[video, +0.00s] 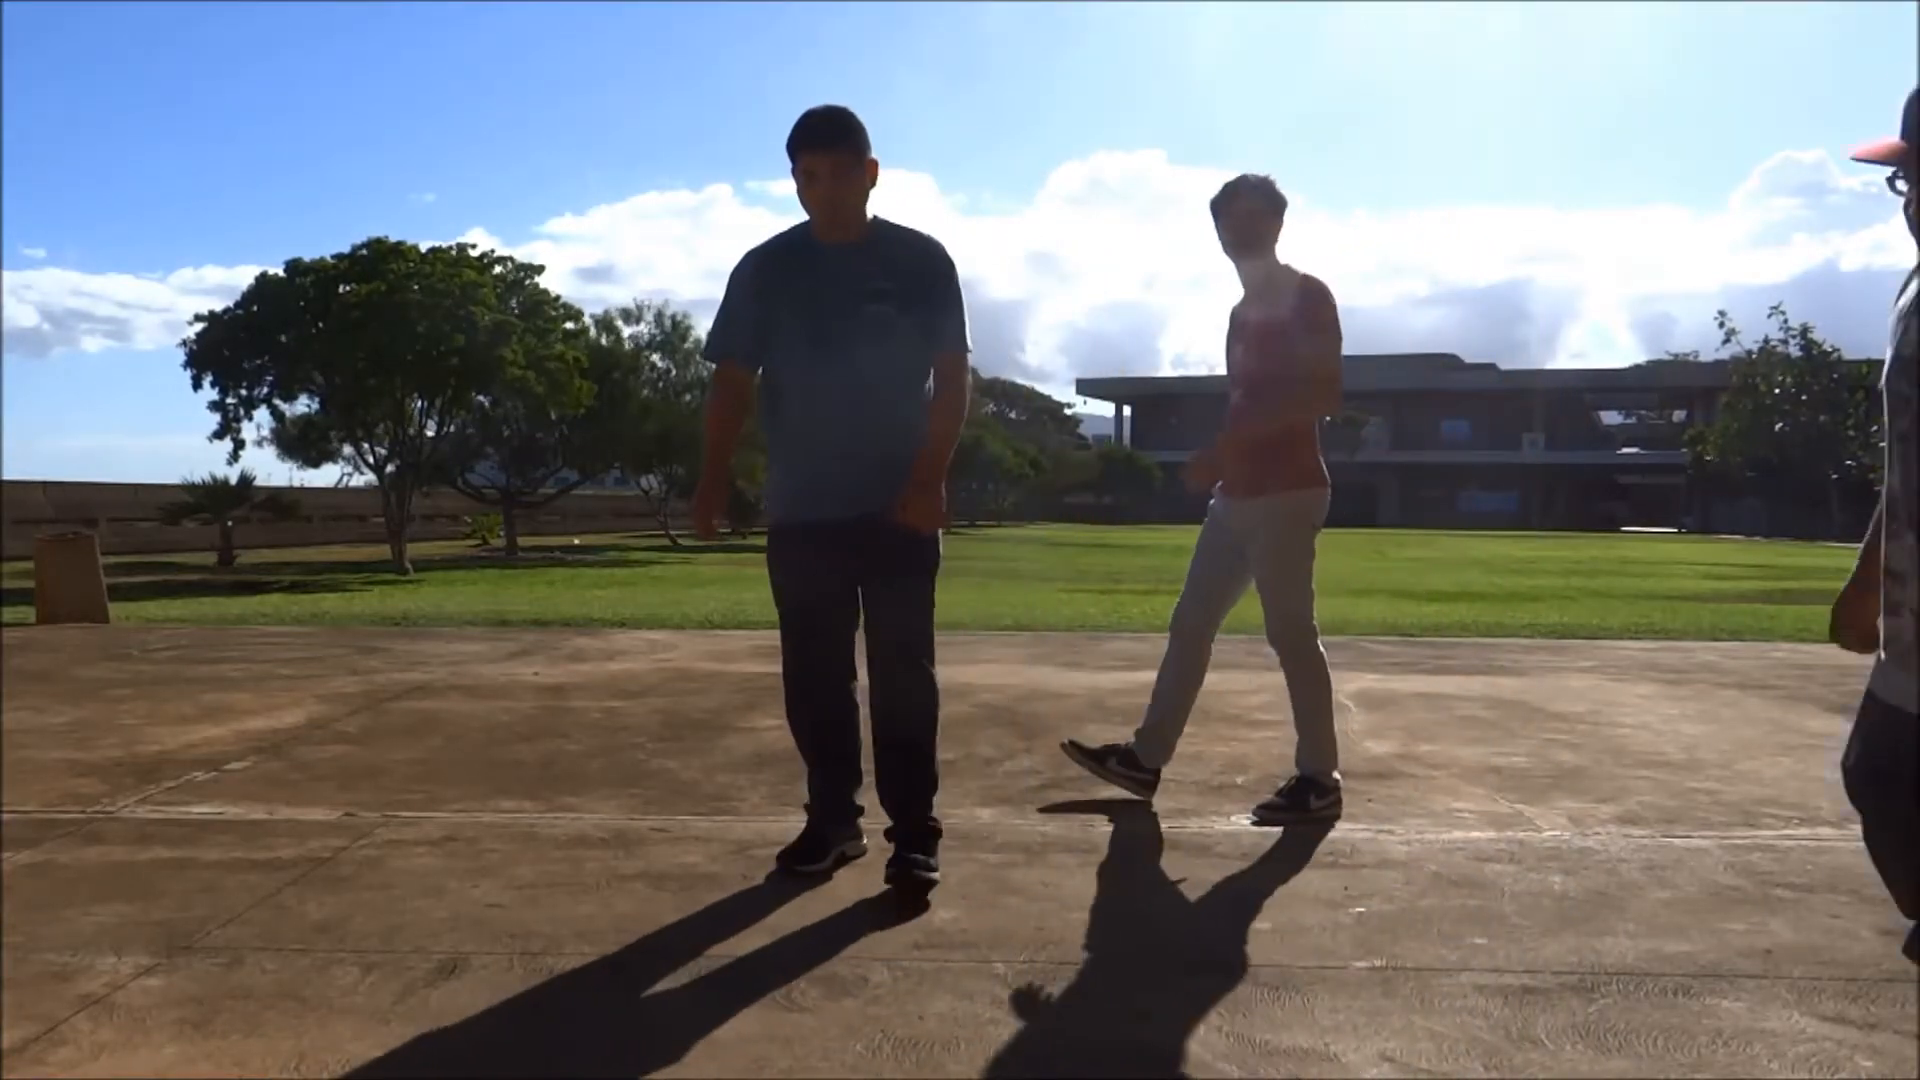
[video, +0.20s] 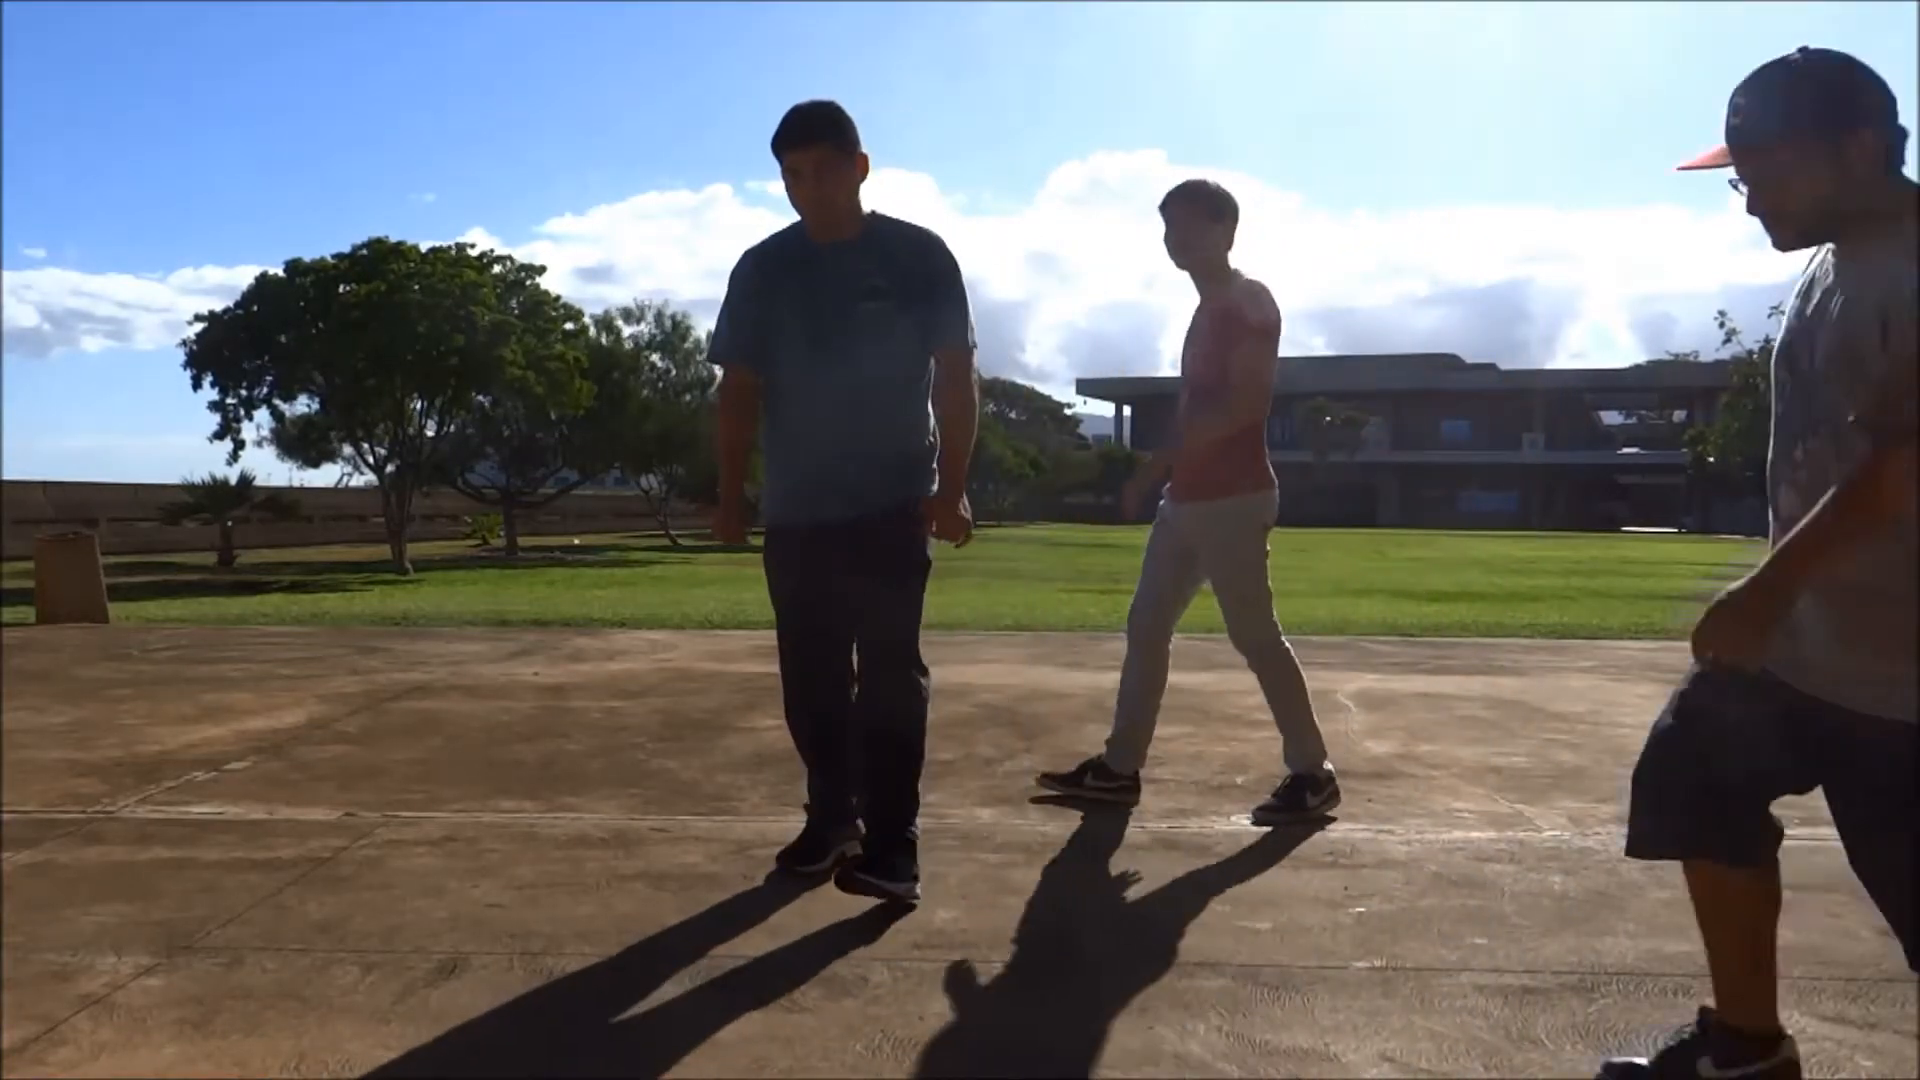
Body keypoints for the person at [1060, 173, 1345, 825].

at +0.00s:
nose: (1230, 232)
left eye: (1242, 218)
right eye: (1223, 222)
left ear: (1274, 221)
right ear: (1218, 231)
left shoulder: (1309, 296)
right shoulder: (1241, 315)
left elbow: (1324, 395)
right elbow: (1249, 403)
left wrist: (1229, 443)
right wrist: (1220, 461)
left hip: (1288, 495)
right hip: (1239, 493)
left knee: (1293, 636)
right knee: (1191, 624)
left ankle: (1319, 778)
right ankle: (1145, 759)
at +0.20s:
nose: (1168, 242)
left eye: (1178, 228)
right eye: (1166, 230)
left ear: (1218, 228)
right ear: (1180, 235)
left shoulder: (1249, 302)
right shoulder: (1206, 310)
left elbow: (1249, 406)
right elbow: (1205, 409)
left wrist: (1164, 458)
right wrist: (1167, 473)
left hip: (1234, 502)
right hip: (1187, 502)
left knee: (1256, 636)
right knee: (1147, 628)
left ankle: (1312, 774)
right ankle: (1119, 768)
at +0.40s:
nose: (1111, 238)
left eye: (1120, 226)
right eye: (1111, 227)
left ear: (1160, 229)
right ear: (1146, 233)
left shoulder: (1185, 299)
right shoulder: (1160, 303)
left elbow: (1183, 413)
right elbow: (1156, 410)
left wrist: (1115, 481)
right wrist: (1112, 487)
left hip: (1167, 494)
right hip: (1133, 493)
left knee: (1180, 629)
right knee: (1107, 624)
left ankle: (1283, 753)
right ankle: (1113, 768)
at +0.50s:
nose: (1088, 236)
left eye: (1096, 225)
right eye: (1087, 226)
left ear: (1136, 227)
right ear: (1124, 231)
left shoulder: (1160, 298)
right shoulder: (1140, 301)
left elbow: (1159, 408)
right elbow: (1138, 405)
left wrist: (1105, 485)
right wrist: (1099, 485)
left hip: (1141, 491)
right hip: (1118, 490)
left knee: (1119, 625)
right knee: (1098, 624)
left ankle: (1237, 738)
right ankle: (1113, 768)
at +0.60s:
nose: (1066, 236)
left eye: (1074, 224)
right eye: (1066, 225)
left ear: (1112, 227)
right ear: (1104, 231)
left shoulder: (1139, 298)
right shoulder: (1122, 298)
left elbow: (1138, 409)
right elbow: (1121, 405)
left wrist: (1096, 487)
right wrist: (1085, 484)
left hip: (1117, 487)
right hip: (1101, 485)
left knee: (1075, 620)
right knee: (1095, 623)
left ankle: (1175, 738)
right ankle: (1112, 767)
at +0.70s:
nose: (1048, 232)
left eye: (1058, 220)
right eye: (1049, 221)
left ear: (1095, 225)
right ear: (1079, 230)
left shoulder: (1121, 298)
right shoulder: (1099, 300)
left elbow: (1124, 409)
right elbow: (1098, 407)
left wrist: (1085, 499)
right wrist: (1069, 493)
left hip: (1094, 484)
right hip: (1083, 483)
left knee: (1041, 611)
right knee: (1092, 620)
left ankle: (1106, 753)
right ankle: (1109, 758)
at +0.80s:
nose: (1026, 234)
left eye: (1035, 223)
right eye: (1028, 223)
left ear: (1074, 227)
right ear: (1067, 230)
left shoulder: (1104, 300)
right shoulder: (1077, 302)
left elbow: (1109, 413)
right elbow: (1079, 408)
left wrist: (1079, 509)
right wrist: (1055, 492)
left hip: (1077, 483)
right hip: (1067, 479)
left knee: (1013, 609)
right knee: (1086, 624)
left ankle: (1029, 761)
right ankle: (1113, 765)